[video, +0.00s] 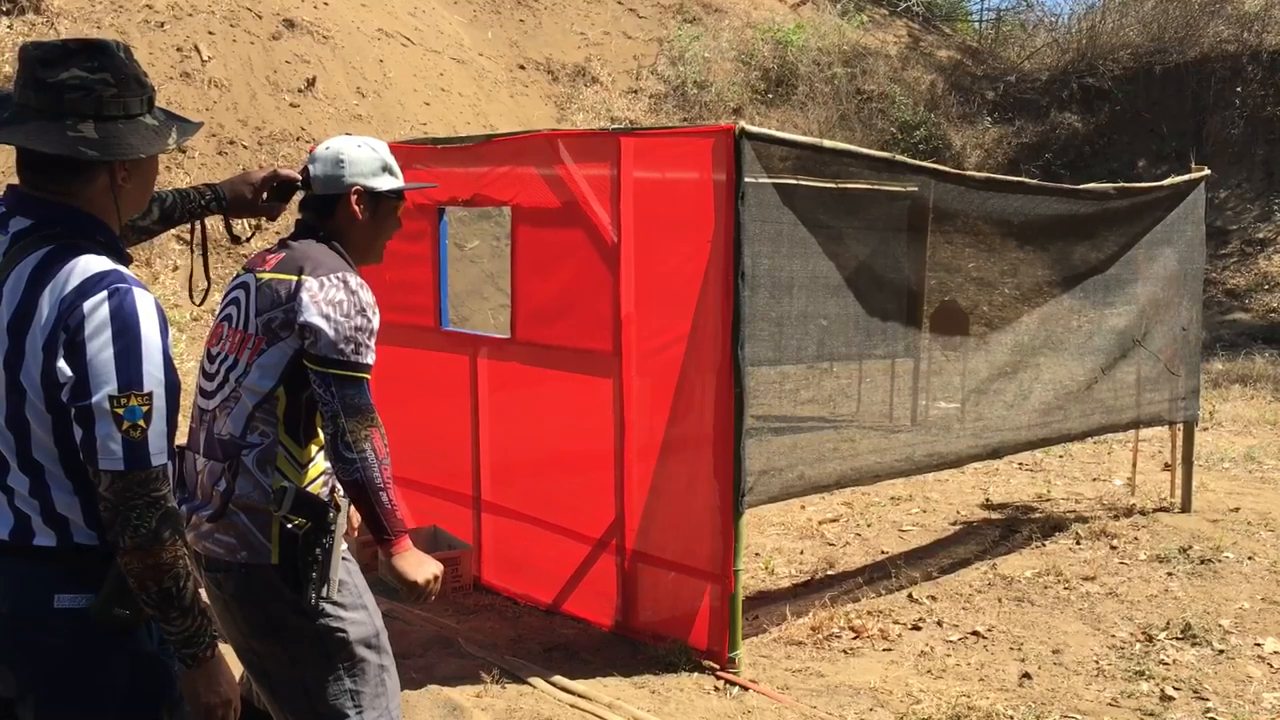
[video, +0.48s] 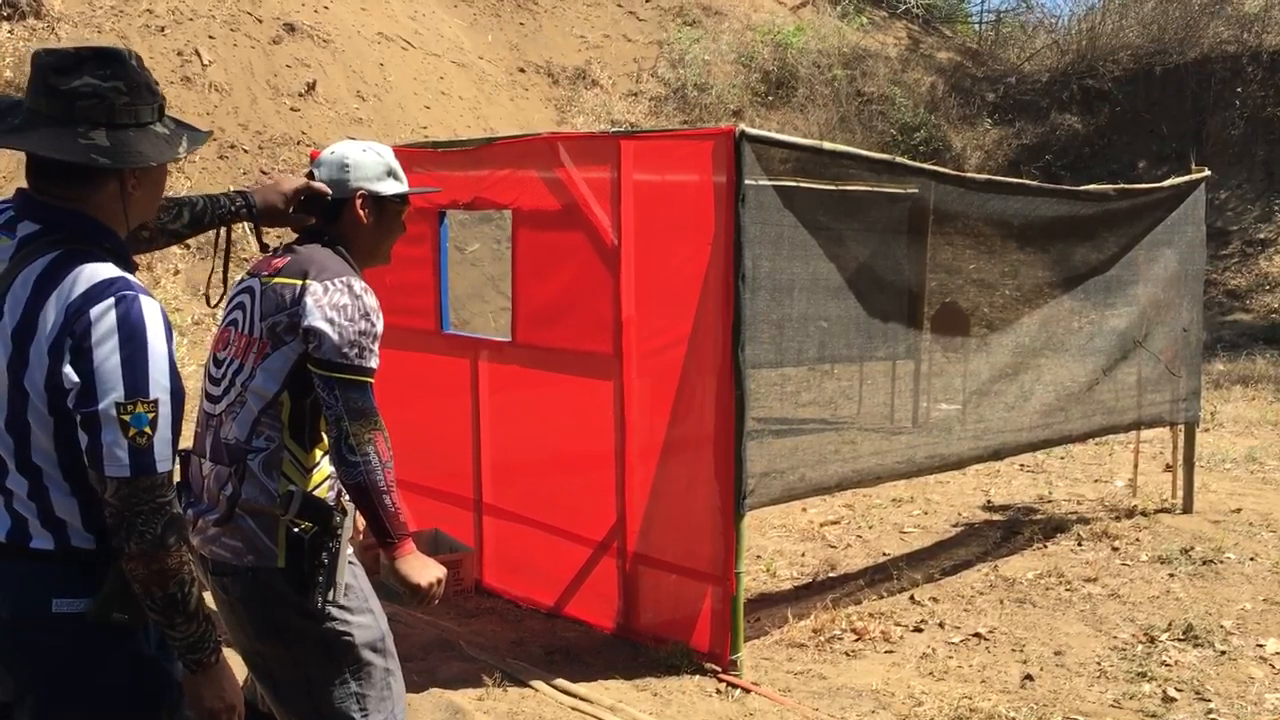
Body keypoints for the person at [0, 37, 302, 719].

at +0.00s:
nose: (162, 168)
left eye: (162, 152)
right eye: (156, 153)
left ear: (32, 155)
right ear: (118, 171)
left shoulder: (11, 235)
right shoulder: (111, 303)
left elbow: (110, 220)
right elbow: (140, 517)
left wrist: (224, 196)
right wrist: (201, 650)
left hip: (12, 573)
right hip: (89, 604)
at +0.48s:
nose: (171, 174)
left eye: (169, 159)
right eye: (163, 159)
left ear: (42, 158)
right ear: (127, 176)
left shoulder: (9, 233)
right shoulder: (116, 309)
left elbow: (128, 226)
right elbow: (144, 523)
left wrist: (252, 201)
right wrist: (206, 655)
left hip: (14, 571)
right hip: (89, 603)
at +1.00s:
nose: (183, 192)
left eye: (184, 178)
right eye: (176, 179)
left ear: (54, 168)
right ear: (139, 197)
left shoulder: (14, 231)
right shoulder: (120, 325)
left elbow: (142, 225)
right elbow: (134, 539)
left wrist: (264, 210)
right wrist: (188, 678)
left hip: (13, 571)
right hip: (74, 606)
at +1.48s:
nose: (182, 189)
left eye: (182, 176)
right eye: (174, 177)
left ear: (53, 167)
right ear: (134, 194)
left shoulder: (14, 228)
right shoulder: (113, 322)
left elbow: (146, 221)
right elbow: (128, 533)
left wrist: (272, 206)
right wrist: (187, 677)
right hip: (68, 607)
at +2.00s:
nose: (166, 191)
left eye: (167, 176)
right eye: (159, 178)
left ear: (43, 168)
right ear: (119, 192)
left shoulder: (9, 230)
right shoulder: (98, 318)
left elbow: (115, 225)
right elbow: (117, 531)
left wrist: (235, 197)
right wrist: (177, 673)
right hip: (58, 617)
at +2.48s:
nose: (39, 192)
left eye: (35, 177)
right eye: (30, 177)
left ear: (8, 191)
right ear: (2, 191)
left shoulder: (9, 257)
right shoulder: (12, 315)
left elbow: (94, 242)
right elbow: (18, 482)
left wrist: (211, 218)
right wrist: (70, 614)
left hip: (19, 576)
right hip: (18, 588)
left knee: (59, 685)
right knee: (63, 693)